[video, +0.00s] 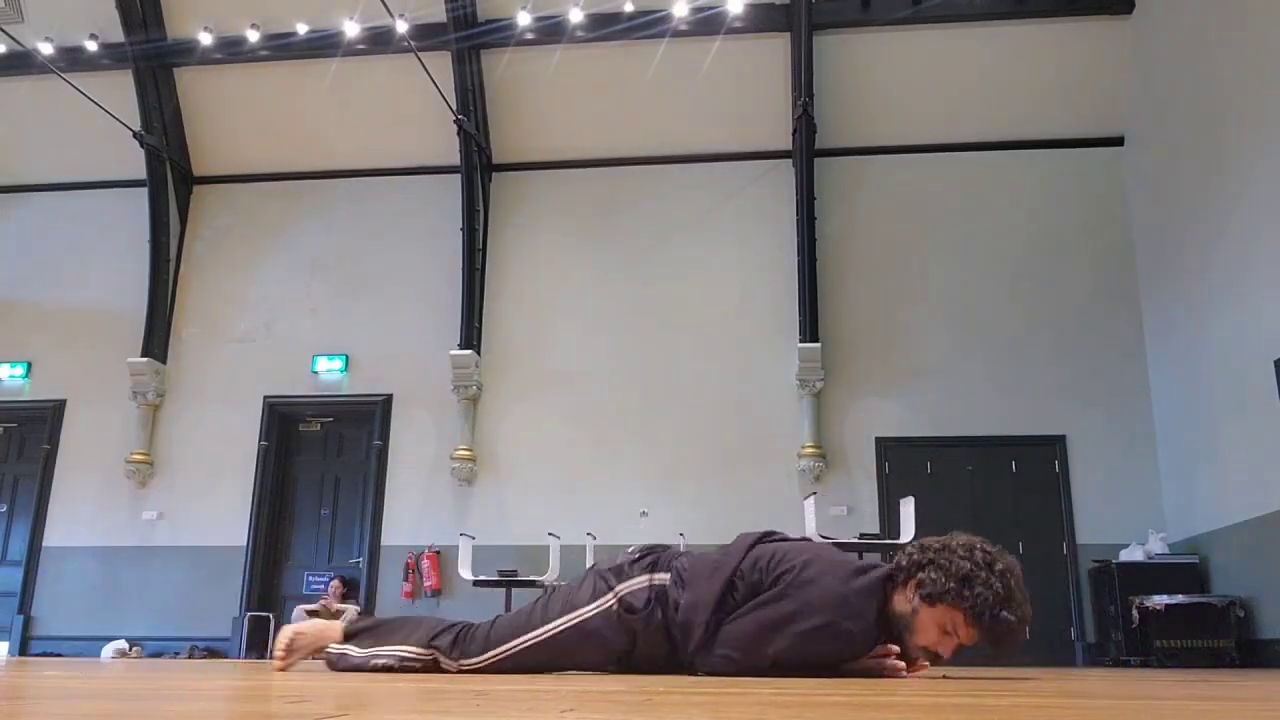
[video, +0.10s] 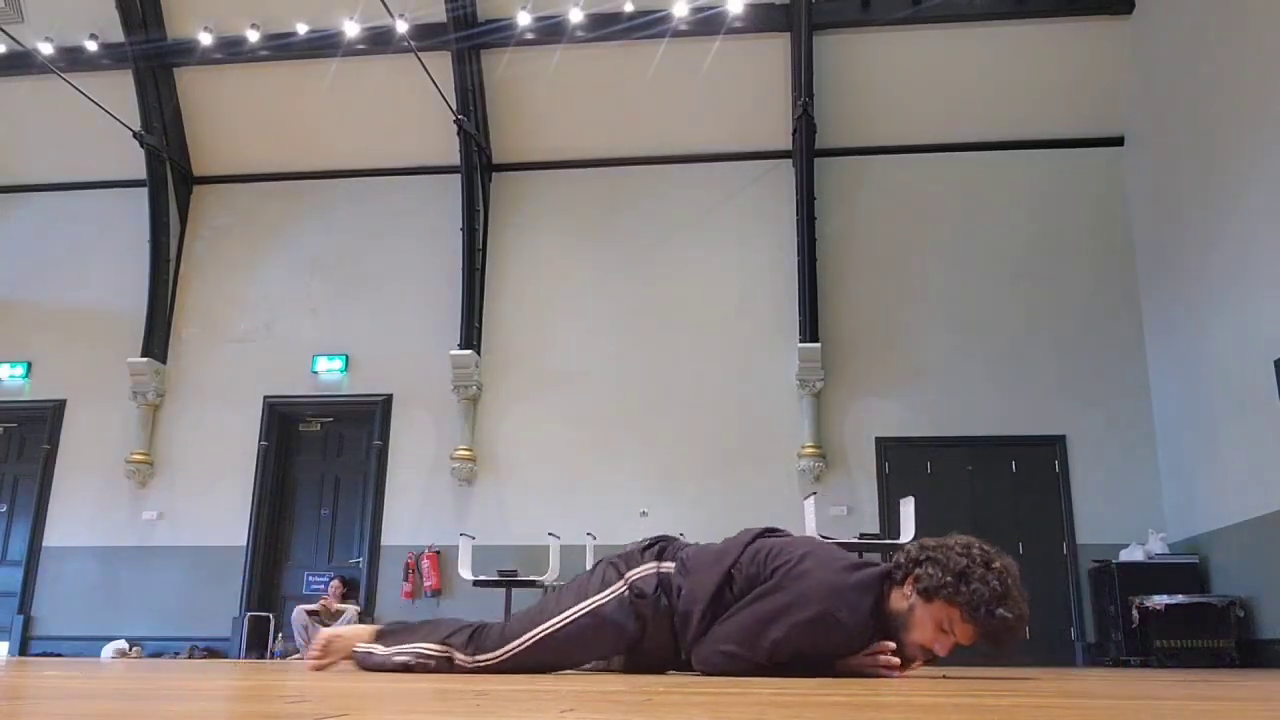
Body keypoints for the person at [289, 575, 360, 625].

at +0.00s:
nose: (333, 591)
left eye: (337, 588)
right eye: (331, 587)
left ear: (343, 591)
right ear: (328, 588)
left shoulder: (349, 605)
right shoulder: (321, 605)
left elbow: (357, 610)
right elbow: (298, 608)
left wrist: (335, 607)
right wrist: (317, 606)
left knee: (353, 613)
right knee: (298, 611)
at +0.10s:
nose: (333, 591)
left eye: (337, 588)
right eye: (331, 587)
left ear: (344, 590)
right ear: (328, 589)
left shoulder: (349, 604)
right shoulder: (322, 604)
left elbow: (357, 609)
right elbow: (298, 608)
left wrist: (335, 607)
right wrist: (318, 607)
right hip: (318, 634)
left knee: (352, 612)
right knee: (297, 612)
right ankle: (304, 652)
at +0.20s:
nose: (333, 590)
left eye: (337, 588)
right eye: (331, 587)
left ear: (343, 590)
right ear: (328, 589)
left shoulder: (349, 604)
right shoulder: (322, 604)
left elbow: (358, 609)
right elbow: (298, 608)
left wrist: (336, 607)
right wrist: (318, 607)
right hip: (316, 636)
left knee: (352, 613)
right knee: (297, 612)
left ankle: (336, 653)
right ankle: (304, 653)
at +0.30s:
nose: (333, 590)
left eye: (337, 588)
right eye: (331, 587)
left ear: (344, 590)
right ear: (328, 589)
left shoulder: (349, 604)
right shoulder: (322, 604)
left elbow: (358, 609)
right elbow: (298, 608)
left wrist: (336, 607)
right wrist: (318, 607)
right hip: (316, 635)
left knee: (352, 614)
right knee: (297, 612)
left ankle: (337, 653)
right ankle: (304, 652)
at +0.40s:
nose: (333, 590)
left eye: (337, 588)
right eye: (331, 587)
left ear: (344, 590)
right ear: (328, 589)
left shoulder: (349, 604)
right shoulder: (322, 604)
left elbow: (358, 609)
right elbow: (298, 608)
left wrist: (336, 607)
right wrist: (318, 607)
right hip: (316, 634)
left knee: (352, 614)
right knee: (297, 612)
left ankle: (337, 653)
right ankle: (304, 653)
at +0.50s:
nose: (333, 590)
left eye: (337, 588)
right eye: (331, 587)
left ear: (344, 590)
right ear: (328, 589)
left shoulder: (349, 604)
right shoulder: (322, 604)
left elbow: (358, 609)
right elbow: (298, 608)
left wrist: (336, 607)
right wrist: (318, 607)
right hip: (316, 634)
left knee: (352, 614)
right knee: (297, 612)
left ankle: (337, 653)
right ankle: (304, 653)